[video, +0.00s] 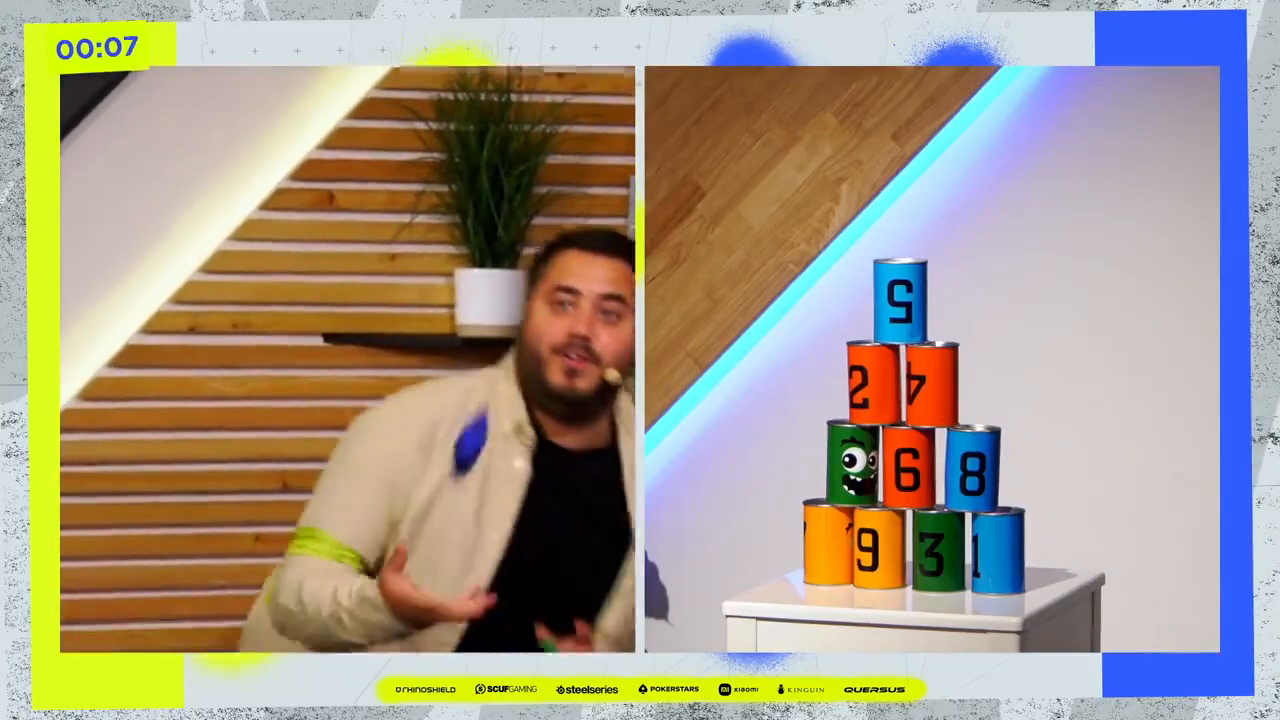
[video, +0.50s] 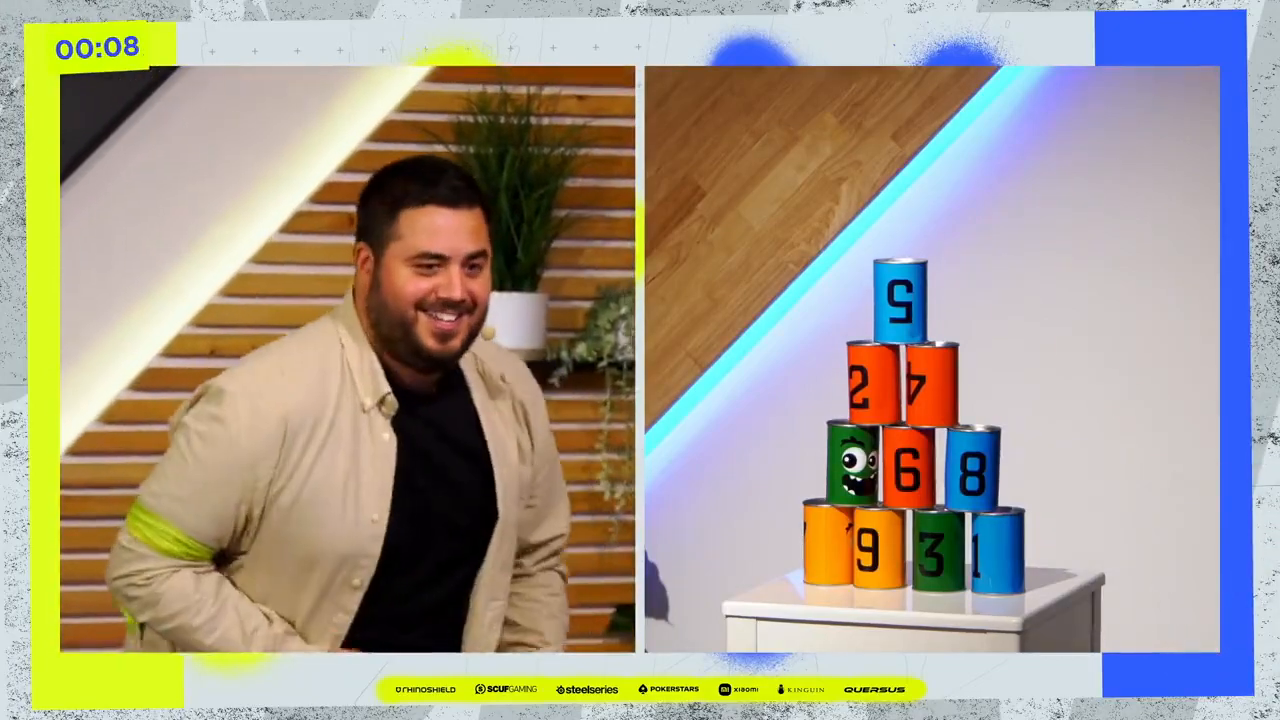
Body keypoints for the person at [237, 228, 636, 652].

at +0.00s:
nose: (581, 331)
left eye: (611, 312)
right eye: (563, 303)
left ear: (638, 339)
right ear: (526, 313)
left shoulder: (659, 453)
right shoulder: (409, 428)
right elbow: (297, 592)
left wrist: (617, 662)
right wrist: (383, 608)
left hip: (588, 705)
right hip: (412, 699)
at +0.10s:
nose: (517, 284)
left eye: (543, 265)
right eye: (494, 260)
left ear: (568, 286)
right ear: (452, 270)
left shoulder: (616, 431)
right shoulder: (335, 406)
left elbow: (636, 626)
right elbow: (242, 577)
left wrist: (549, 624)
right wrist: (385, 562)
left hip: (538, 705)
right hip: (344, 704)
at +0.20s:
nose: (469, 275)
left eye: (491, 253)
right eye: (442, 250)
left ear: (515, 274)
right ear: (394, 267)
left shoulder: (576, 417)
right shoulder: (289, 404)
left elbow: (611, 602)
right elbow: (193, 568)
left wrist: (510, 643)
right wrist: (338, 576)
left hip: (500, 708)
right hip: (317, 703)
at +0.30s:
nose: (446, 271)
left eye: (465, 247)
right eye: (417, 247)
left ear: (488, 265)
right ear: (363, 268)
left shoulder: (548, 409)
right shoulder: (259, 406)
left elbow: (572, 588)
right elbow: (162, 551)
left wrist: (487, 687)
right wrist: (294, 636)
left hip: (471, 709)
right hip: (288, 710)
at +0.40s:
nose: (446, 277)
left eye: (464, 251)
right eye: (415, 252)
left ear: (483, 262)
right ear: (357, 264)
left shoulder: (528, 397)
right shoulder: (252, 403)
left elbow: (551, 573)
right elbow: (144, 552)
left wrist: (508, 687)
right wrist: (285, 652)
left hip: (455, 705)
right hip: (277, 710)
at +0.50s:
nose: (456, 293)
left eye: (474, 266)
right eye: (427, 266)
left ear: (491, 269)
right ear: (366, 266)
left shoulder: (509, 385)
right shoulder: (260, 402)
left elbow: (538, 561)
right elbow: (149, 566)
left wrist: (521, 685)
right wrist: (309, 668)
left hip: (451, 704)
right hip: (275, 710)